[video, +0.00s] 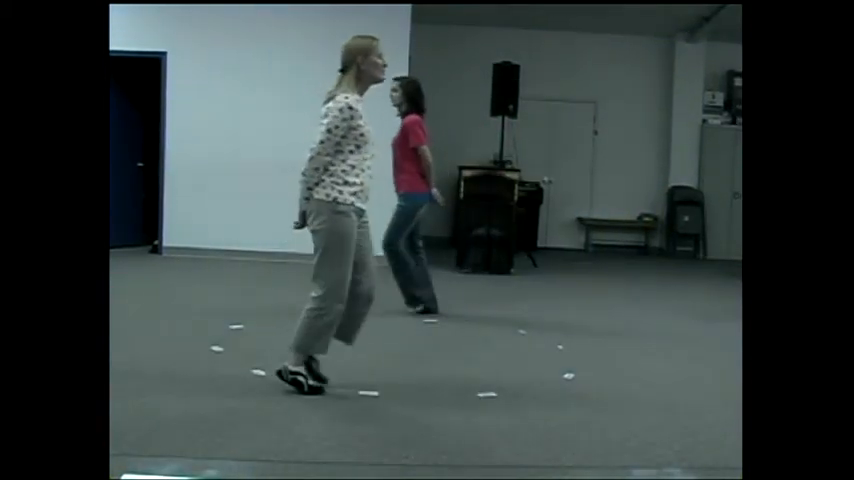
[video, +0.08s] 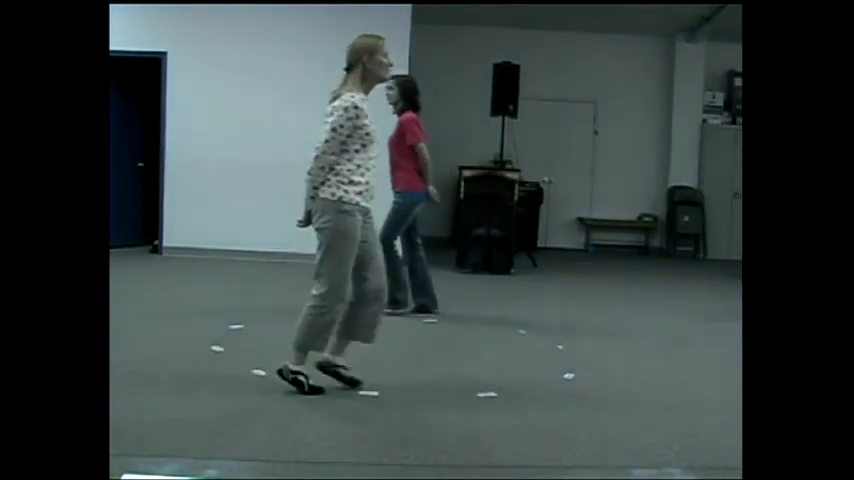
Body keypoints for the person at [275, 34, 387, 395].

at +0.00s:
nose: (384, 64)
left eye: (383, 58)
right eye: (378, 58)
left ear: (360, 64)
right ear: (359, 63)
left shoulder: (355, 105)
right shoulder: (342, 106)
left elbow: (329, 158)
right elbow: (317, 158)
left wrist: (309, 204)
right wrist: (304, 205)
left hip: (352, 207)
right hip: (333, 205)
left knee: (362, 288)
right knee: (330, 289)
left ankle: (311, 355)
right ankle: (295, 363)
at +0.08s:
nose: (390, 63)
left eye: (388, 57)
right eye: (383, 57)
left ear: (365, 63)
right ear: (364, 62)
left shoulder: (359, 105)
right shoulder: (348, 105)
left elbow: (334, 158)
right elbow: (323, 156)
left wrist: (315, 204)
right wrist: (310, 204)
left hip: (358, 207)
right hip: (339, 205)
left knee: (372, 285)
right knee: (331, 288)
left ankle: (334, 357)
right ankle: (296, 364)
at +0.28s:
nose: (412, 72)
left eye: (410, 66)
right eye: (407, 65)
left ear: (388, 70)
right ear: (390, 70)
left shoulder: (385, 114)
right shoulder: (375, 115)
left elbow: (363, 167)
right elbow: (348, 164)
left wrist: (336, 210)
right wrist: (334, 209)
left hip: (380, 216)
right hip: (362, 213)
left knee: (388, 297)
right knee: (341, 293)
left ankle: (396, 375)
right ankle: (296, 364)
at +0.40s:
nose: (431, 71)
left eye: (429, 65)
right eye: (427, 66)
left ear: (407, 69)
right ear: (412, 69)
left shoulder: (399, 112)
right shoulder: (395, 113)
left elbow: (377, 165)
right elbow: (372, 164)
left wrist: (358, 211)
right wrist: (358, 210)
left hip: (396, 214)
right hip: (387, 213)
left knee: (404, 296)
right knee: (382, 293)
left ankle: (398, 376)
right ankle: (319, 357)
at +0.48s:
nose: (440, 74)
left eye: (439, 68)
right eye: (436, 68)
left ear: (414, 72)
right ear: (421, 71)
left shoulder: (407, 113)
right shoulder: (405, 115)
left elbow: (387, 170)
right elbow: (381, 171)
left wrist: (367, 216)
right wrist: (366, 216)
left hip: (399, 214)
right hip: (398, 214)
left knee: (409, 295)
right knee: (408, 296)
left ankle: (400, 375)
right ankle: (338, 351)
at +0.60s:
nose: (455, 80)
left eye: (454, 74)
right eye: (452, 73)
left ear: (429, 76)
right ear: (439, 76)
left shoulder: (412, 117)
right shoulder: (426, 118)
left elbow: (397, 169)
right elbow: (399, 167)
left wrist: (386, 216)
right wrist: (385, 213)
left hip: (407, 215)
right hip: (422, 215)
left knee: (419, 292)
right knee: (449, 290)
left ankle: (401, 372)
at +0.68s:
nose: (461, 83)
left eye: (461, 76)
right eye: (459, 76)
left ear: (433, 76)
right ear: (447, 77)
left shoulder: (417, 118)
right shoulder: (437, 118)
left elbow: (406, 167)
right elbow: (417, 168)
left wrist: (397, 213)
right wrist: (400, 212)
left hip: (413, 215)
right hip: (434, 214)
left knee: (421, 291)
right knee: (462, 285)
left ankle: (402, 373)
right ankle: (434, 369)